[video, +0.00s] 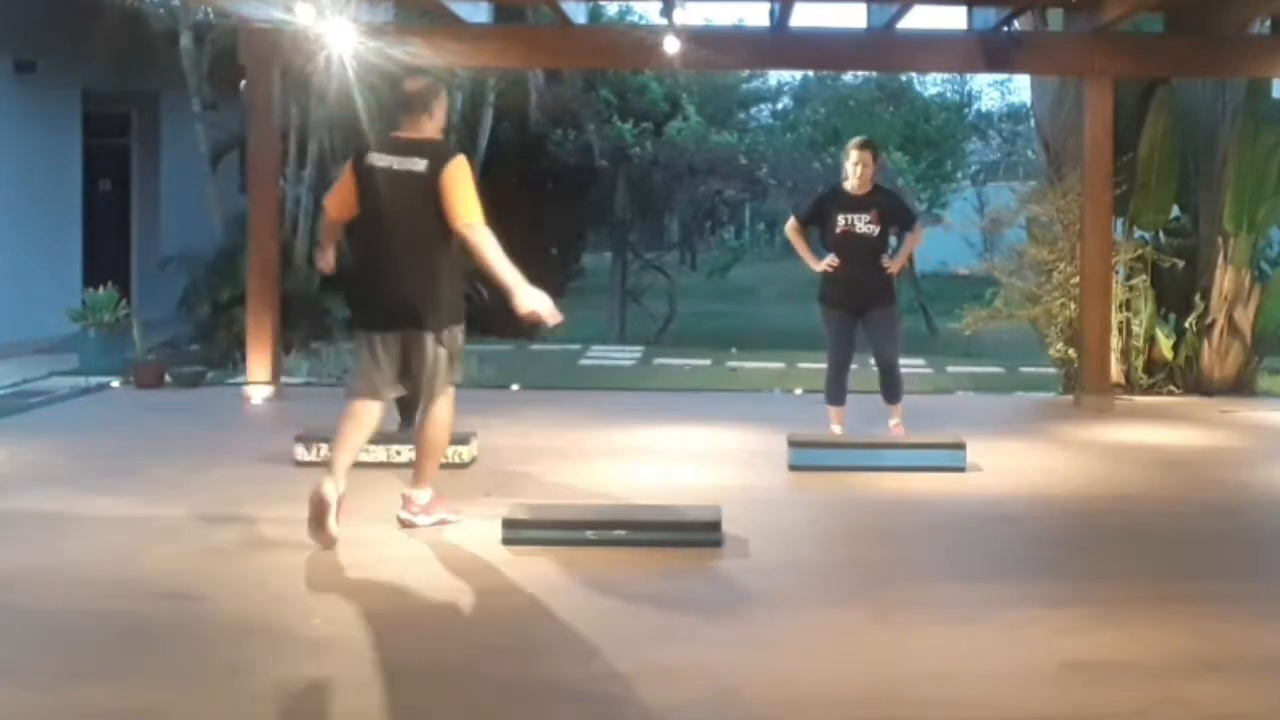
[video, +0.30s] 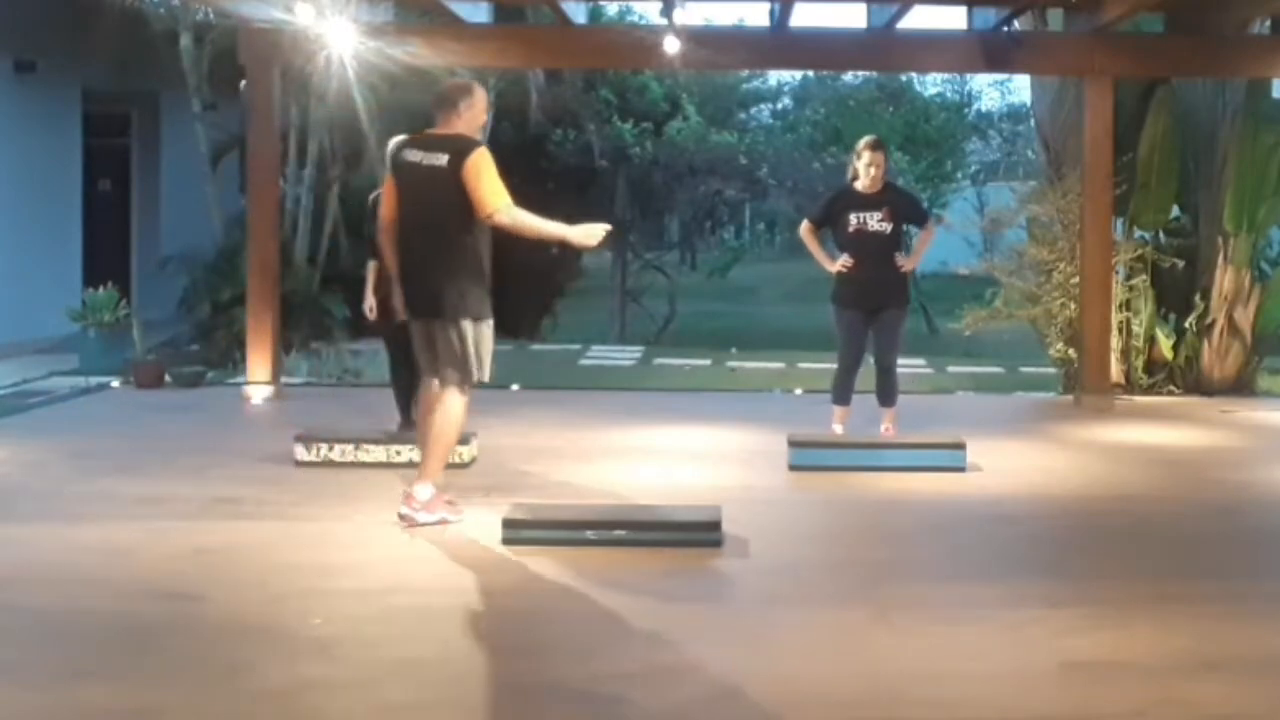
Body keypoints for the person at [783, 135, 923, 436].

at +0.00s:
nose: (859, 171)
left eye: (865, 165)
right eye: (854, 164)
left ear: (875, 167)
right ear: (846, 165)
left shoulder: (886, 199)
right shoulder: (828, 199)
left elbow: (915, 228)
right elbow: (792, 227)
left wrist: (901, 259)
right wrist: (814, 261)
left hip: (877, 286)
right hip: (839, 286)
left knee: (887, 357)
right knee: (839, 357)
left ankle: (896, 420)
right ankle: (837, 426)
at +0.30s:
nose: (875, 171)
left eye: (879, 165)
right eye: (869, 165)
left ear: (886, 166)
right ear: (857, 165)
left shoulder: (899, 199)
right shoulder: (841, 199)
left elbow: (929, 226)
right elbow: (806, 229)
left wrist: (914, 259)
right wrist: (829, 262)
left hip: (891, 288)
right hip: (852, 288)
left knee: (886, 360)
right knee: (849, 358)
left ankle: (888, 424)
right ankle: (839, 424)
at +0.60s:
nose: (886, 176)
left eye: (891, 170)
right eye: (881, 170)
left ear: (896, 171)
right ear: (868, 168)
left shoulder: (905, 200)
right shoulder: (848, 200)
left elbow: (942, 227)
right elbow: (818, 233)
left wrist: (925, 261)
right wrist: (838, 268)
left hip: (901, 289)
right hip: (864, 289)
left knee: (892, 360)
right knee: (868, 358)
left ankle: (889, 426)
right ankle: (851, 425)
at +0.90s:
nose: (885, 175)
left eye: (890, 169)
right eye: (880, 168)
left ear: (896, 170)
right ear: (867, 167)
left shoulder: (905, 200)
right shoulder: (848, 200)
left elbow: (942, 226)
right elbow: (816, 232)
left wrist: (924, 261)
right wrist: (836, 267)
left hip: (900, 287)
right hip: (863, 288)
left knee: (892, 360)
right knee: (871, 360)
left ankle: (889, 425)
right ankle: (861, 424)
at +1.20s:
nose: (878, 170)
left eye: (883, 165)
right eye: (873, 164)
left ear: (890, 165)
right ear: (861, 163)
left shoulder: (903, 199)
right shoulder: (844, 197)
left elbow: (930, 231)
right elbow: (811, 231)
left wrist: (924, 273)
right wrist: (825, 272)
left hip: (892, 290)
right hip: (855, 290)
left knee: (886, 359)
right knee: (861, 359)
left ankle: (887, 425)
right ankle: (858, 425)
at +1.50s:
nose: (872, 174)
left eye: (878, 167)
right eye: (867, 167)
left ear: (888, 168)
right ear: (859, 168)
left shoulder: (901, 203)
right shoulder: (844, 202)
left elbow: (909, 253)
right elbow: (830, 249)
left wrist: (916, 301)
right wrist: (818, 294)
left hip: (889, 297)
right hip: (851, 297)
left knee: (885, 361)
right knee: (856, 361)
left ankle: (887, 425)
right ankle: (857, 426)